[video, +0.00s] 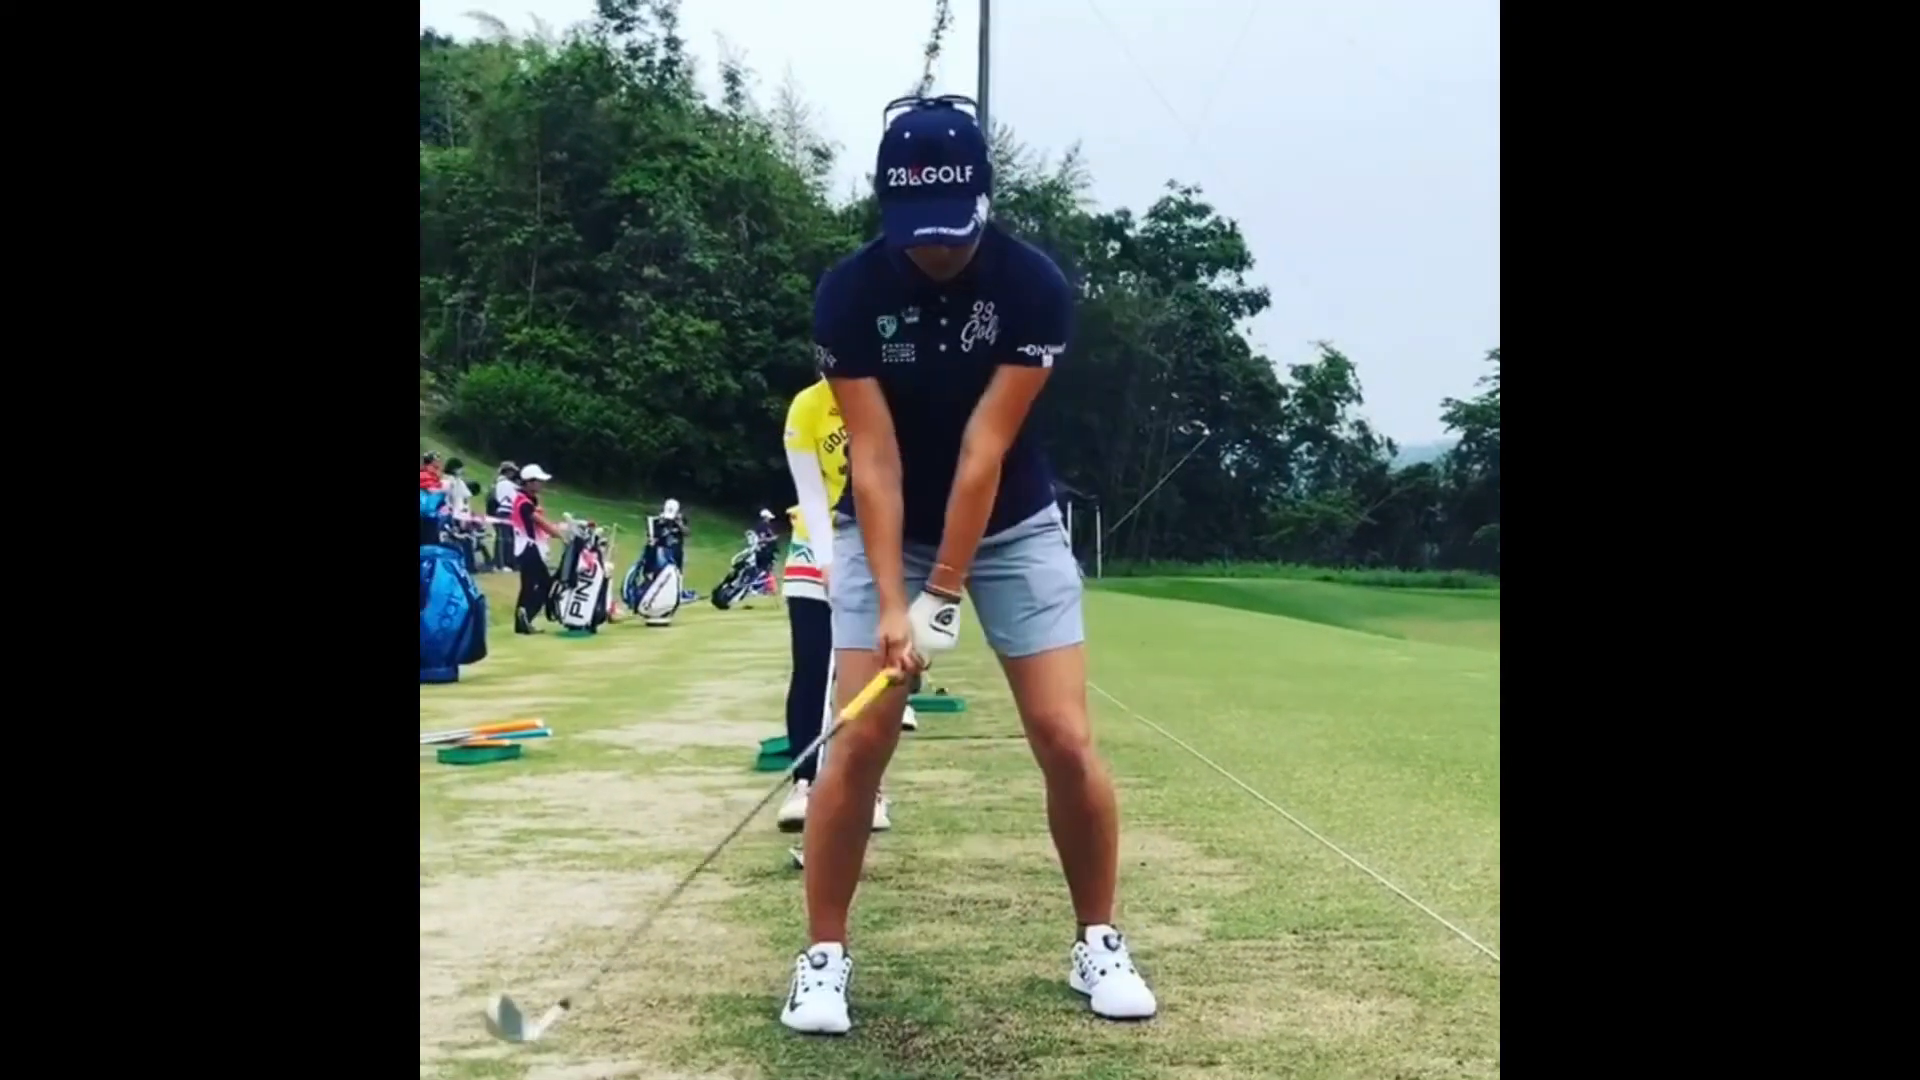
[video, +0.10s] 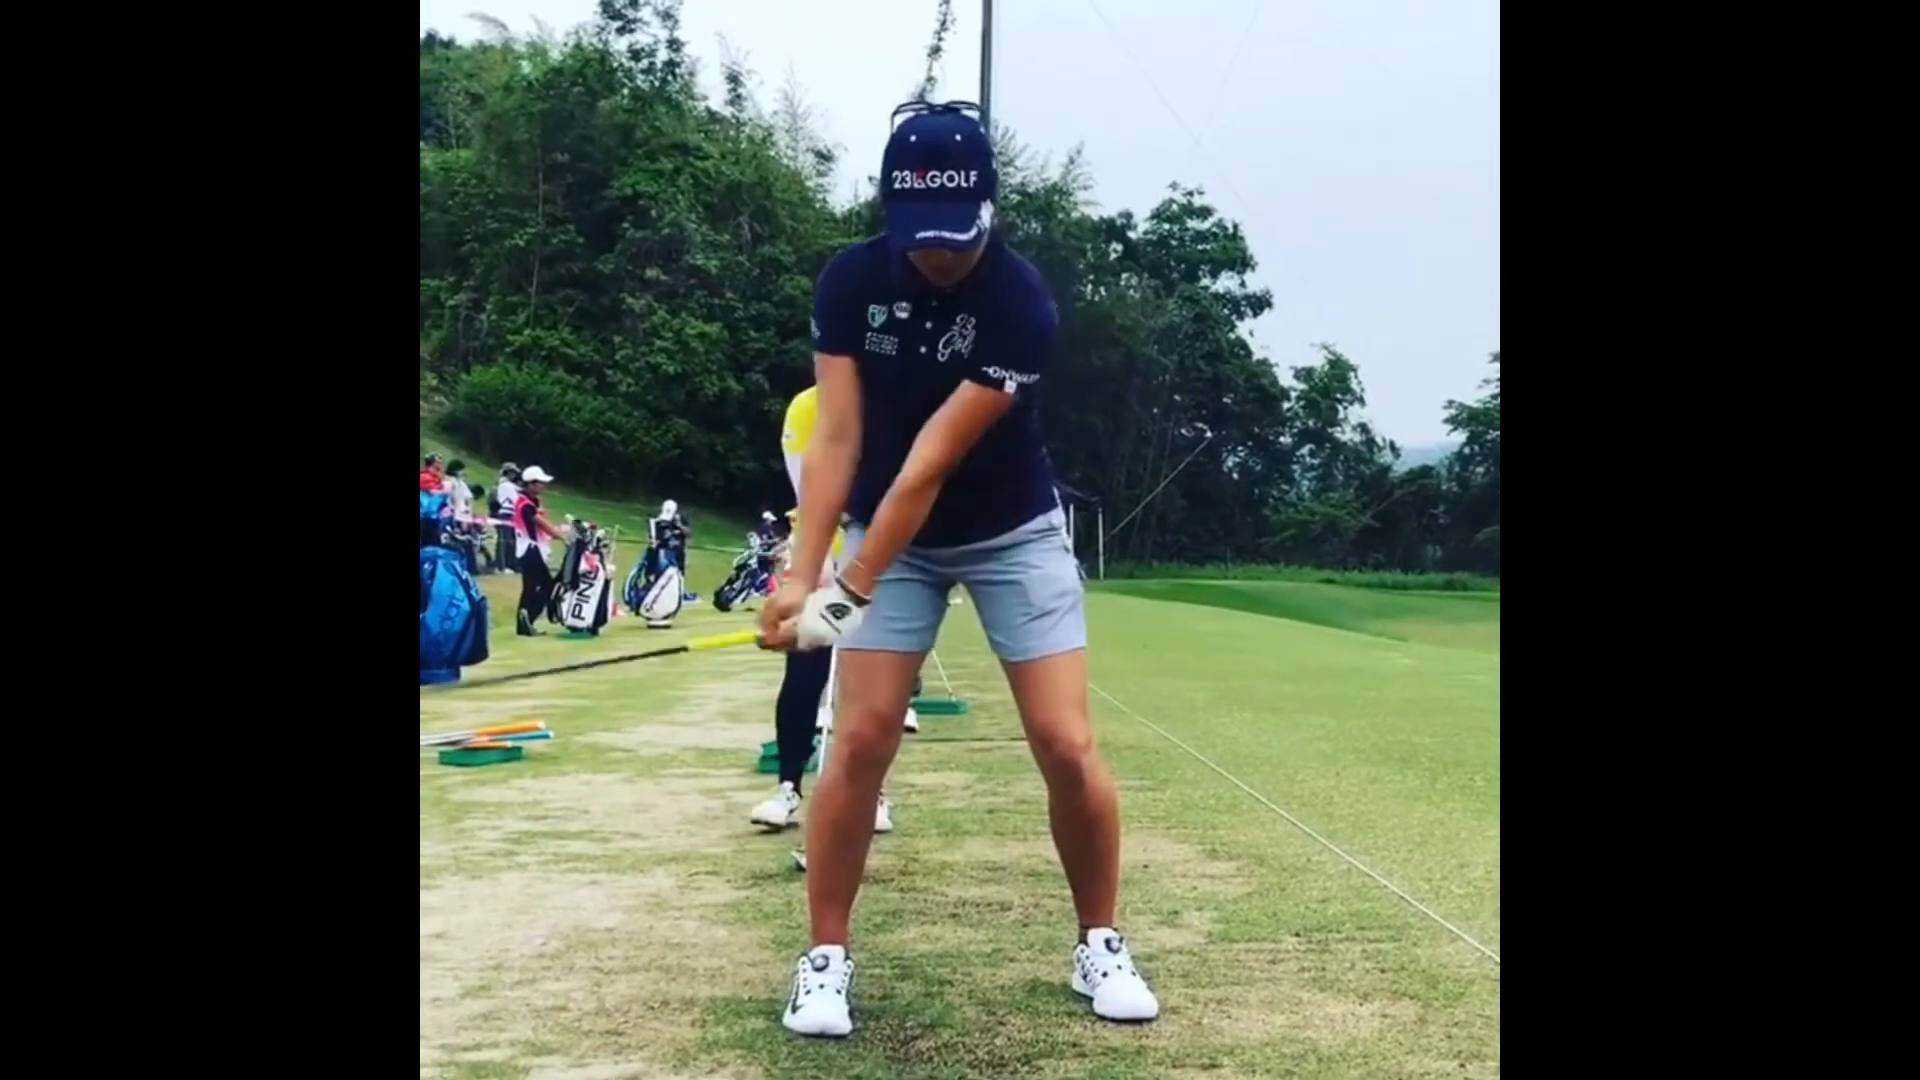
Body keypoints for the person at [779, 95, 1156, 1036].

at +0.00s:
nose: (939, 243)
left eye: (956, 223)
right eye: (920, 225)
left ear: (985, 199)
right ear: (890, 204)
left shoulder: (1036, 287)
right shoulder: (847, 293)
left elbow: (984, 451)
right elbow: (873, 454)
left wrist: (945, 590)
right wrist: (889, 598)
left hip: (1014, 528)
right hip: (888, 532)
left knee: (1066, 739)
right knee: (855, 745)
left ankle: (1100, 942)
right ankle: (824, 954)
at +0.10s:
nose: (940, 250)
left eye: (957, 231)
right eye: (922, 232)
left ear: (987, 206)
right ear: (892, 207)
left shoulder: (1020, 305)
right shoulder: (849, 282)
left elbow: (926, 471)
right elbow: (833, 438)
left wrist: (845, 592)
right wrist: (802, 572)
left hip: (1015, 536)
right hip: (893, 540)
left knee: (1067, 747)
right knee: (862, 739)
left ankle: (1101, 945)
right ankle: (825, 957)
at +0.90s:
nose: (998, 278)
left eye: (998, 253)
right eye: (974, 272)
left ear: (995, 217)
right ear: (928, 265)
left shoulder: (1014, 214)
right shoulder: (951, 356)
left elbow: (1105, 322)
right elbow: (1101, 423)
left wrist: (1199, 424)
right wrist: (1225, 446)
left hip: (1093, 512)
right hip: (1013, 535)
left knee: (1097, 728)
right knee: (969, 752)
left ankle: (1094, 952)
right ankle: (819, 941)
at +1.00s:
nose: (1036, 248)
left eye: (1035, 231)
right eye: (1015, 242)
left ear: (960, 246)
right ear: (962, 255)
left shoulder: (971, 262)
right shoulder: (1038, 320)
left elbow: (1090, 265)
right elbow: (1138, 287)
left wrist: (1196, 252)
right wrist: (1208, 227)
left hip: (1066, 525)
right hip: (1052, 539)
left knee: (1093, 725)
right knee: (1004, 757)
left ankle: (1088, 951)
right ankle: (834, 920)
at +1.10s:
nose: (1101, 223)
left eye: (1095, 207)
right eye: (1083, 217)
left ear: (993, 204)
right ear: (1029, 221)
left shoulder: (953, 239)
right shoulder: (1104, 278)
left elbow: (1084, 215)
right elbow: (1119, 203)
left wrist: (1119, 134)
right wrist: (1110, 114)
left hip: (1007, 509)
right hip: (1069, 524)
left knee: (1083, 739)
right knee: (1024, 760)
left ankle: (1085, 958)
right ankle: (875, 924)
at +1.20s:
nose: (1129, 183)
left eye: (1123, 168)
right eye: (1114, 176)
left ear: (1020, 182)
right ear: (1072, 191)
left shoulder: (970, 244)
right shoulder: (1133, 252)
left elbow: (975, 182)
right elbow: (1063, 176)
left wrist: (986, 95)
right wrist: (1004, 87)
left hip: (1002, 515)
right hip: (1081, 522)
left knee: (1078, 744)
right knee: (1023, 762)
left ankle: (1081, 958)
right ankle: (878, 927)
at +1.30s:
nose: (1137, 165)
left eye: (1133, 150)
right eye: (1124, 155)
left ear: (1035, 170)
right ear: (1080, 169)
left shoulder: (978, 243)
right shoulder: (1144, 241)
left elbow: (919, 196)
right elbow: (1069, 159)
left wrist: (918, 106)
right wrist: (972, 95)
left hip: (1001, 514)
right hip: (1087, 518)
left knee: (1073, 743)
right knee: (1020, 761)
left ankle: (1076, 959)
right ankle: (878, 930)